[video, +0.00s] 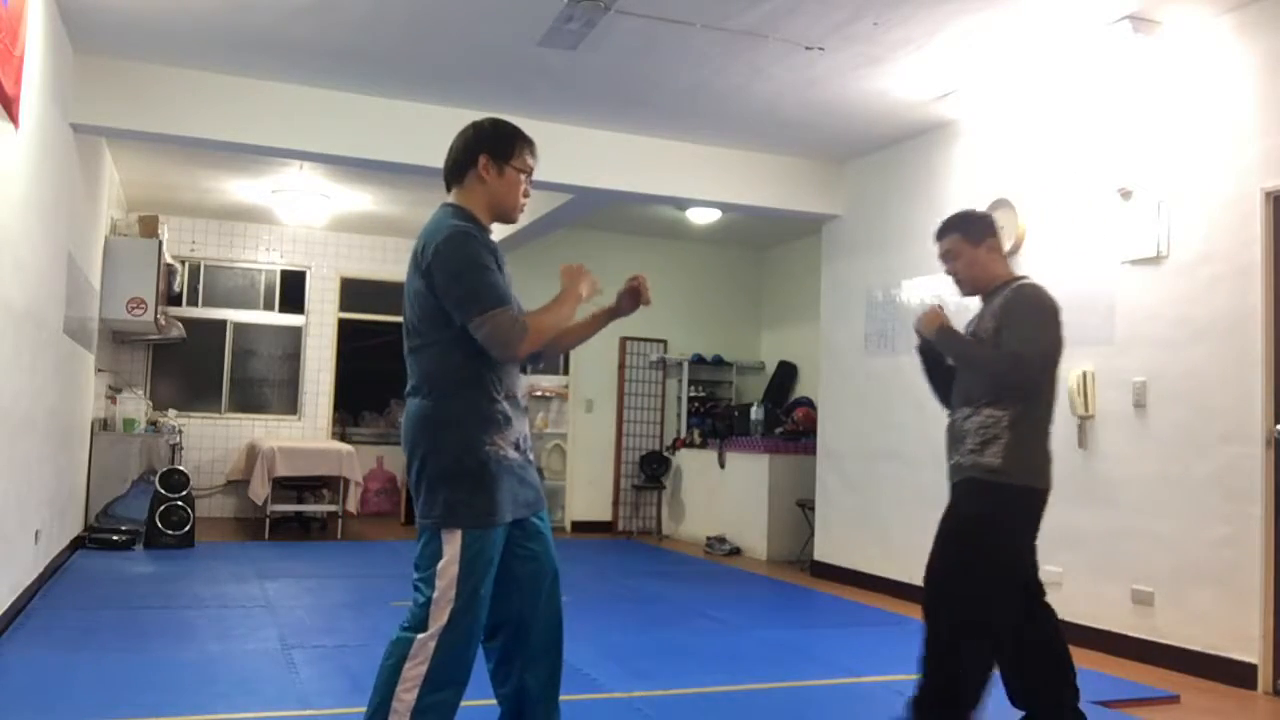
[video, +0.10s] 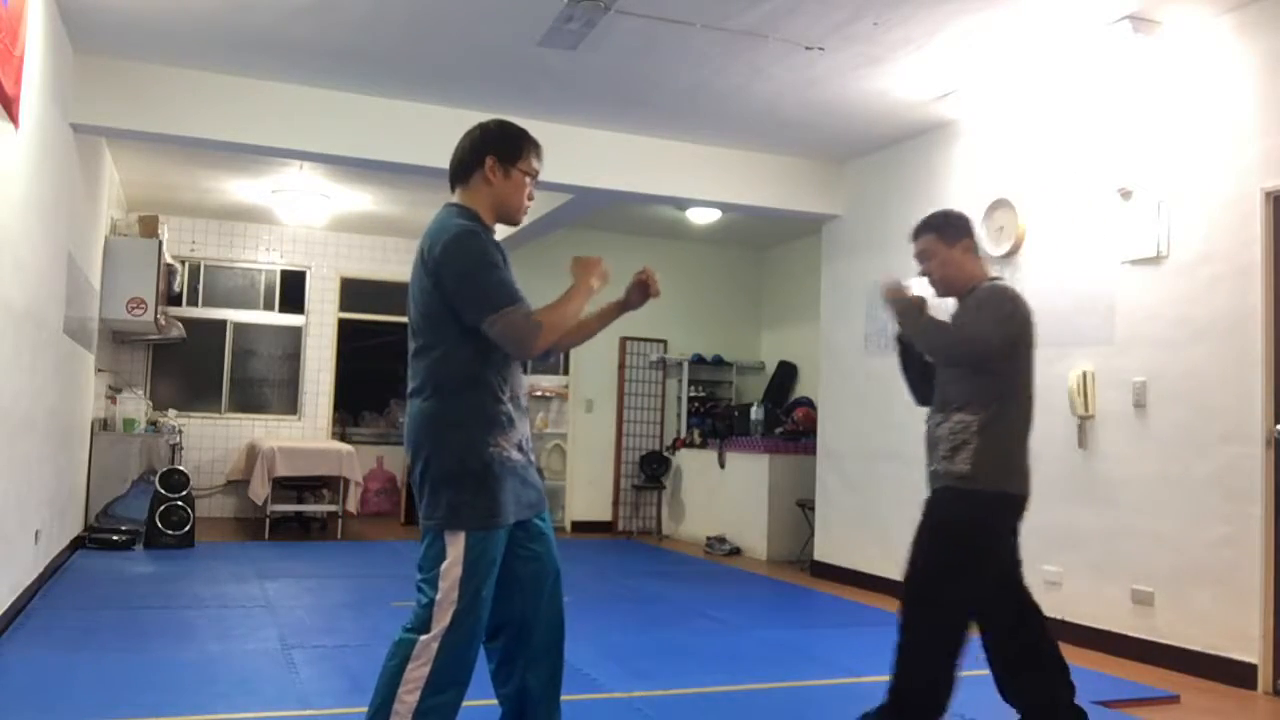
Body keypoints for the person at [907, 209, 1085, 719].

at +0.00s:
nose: (949, 273)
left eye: (953, 259)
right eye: (945, 264)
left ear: (989, 246)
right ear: (975, 255)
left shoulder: (1027, 301)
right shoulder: (985, 319)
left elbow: (1015, 373)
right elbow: (957, 396)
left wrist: (945, 336)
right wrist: (930, 346)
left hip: (1004, 481)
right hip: (979, 480)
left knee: (951, 596)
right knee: (1014, 604)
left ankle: (938, 710)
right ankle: (1056, 710)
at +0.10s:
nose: (925, 275)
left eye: (929, 261)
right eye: (921, 266)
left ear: (964, 248)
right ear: (956, 255)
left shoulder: (997, 302)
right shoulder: (974, 313)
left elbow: (956, 348)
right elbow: (927, 391)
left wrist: (909, 310)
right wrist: (908, 328)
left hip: (976, 486)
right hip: (967, 485)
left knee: (928, 606)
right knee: (1004, 608)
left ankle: (910, 709)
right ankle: (1055, 709)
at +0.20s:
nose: (890, 267)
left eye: (895, 253)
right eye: (888, 256)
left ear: (932, 245)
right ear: (925, 252)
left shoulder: (960, 296)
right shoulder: (952, 307)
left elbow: (892, 322)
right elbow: (921, 391)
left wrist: (831, 288)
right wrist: (883, 345)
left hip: (948, 488)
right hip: (961, 489)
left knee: (898, 612)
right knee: (973, 601)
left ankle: (891, 715)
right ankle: (1050, 712)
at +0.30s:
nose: (859, 260)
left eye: (865, 246)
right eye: (857, 249)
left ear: (902, 238)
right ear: (904, 243)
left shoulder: (921, 288)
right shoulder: (940, 296)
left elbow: (835, 310)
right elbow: (918, 388)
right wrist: (872, 360)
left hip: (927, 483)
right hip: (958, 483)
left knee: (877, 611)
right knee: (946, 596)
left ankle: (885, 714)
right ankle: (1020, 712)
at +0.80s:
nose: (860, 255)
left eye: (867, 242)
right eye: (858, 245)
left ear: (902, 238)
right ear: (903, 243)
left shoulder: (920, 294)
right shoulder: (931, 299)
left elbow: (853, 347)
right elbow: (904, 393)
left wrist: (775, 365)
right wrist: (855, 367)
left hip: (922, 482)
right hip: (945, 480)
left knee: (877, 603)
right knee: (953, 594)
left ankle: (887, 715)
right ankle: (1024, 706)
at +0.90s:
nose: (888, 261)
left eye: (894, 248)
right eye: (887, 251)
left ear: (930, 245)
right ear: (925, 250)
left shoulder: (942, 306)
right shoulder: (956, 306)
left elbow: (922, 391)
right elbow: (937, 397)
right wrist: (891, 394)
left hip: (937, 491)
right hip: (959, 489)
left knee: (902, 621)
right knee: (974, 611)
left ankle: (890, 715)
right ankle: (1036, 713)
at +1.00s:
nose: (909, 260)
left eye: (918, 249)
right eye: (908, 251)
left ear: (954, 250)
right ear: (944, 255)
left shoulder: (972, 310)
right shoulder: (953, 311)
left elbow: (983, 397)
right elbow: (963, 395)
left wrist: (923, 455)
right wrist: (915, 408)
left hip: (967, 492)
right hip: (962, 488)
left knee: (924, 614)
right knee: (992, 620)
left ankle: (890, 712)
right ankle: (1038, 711)